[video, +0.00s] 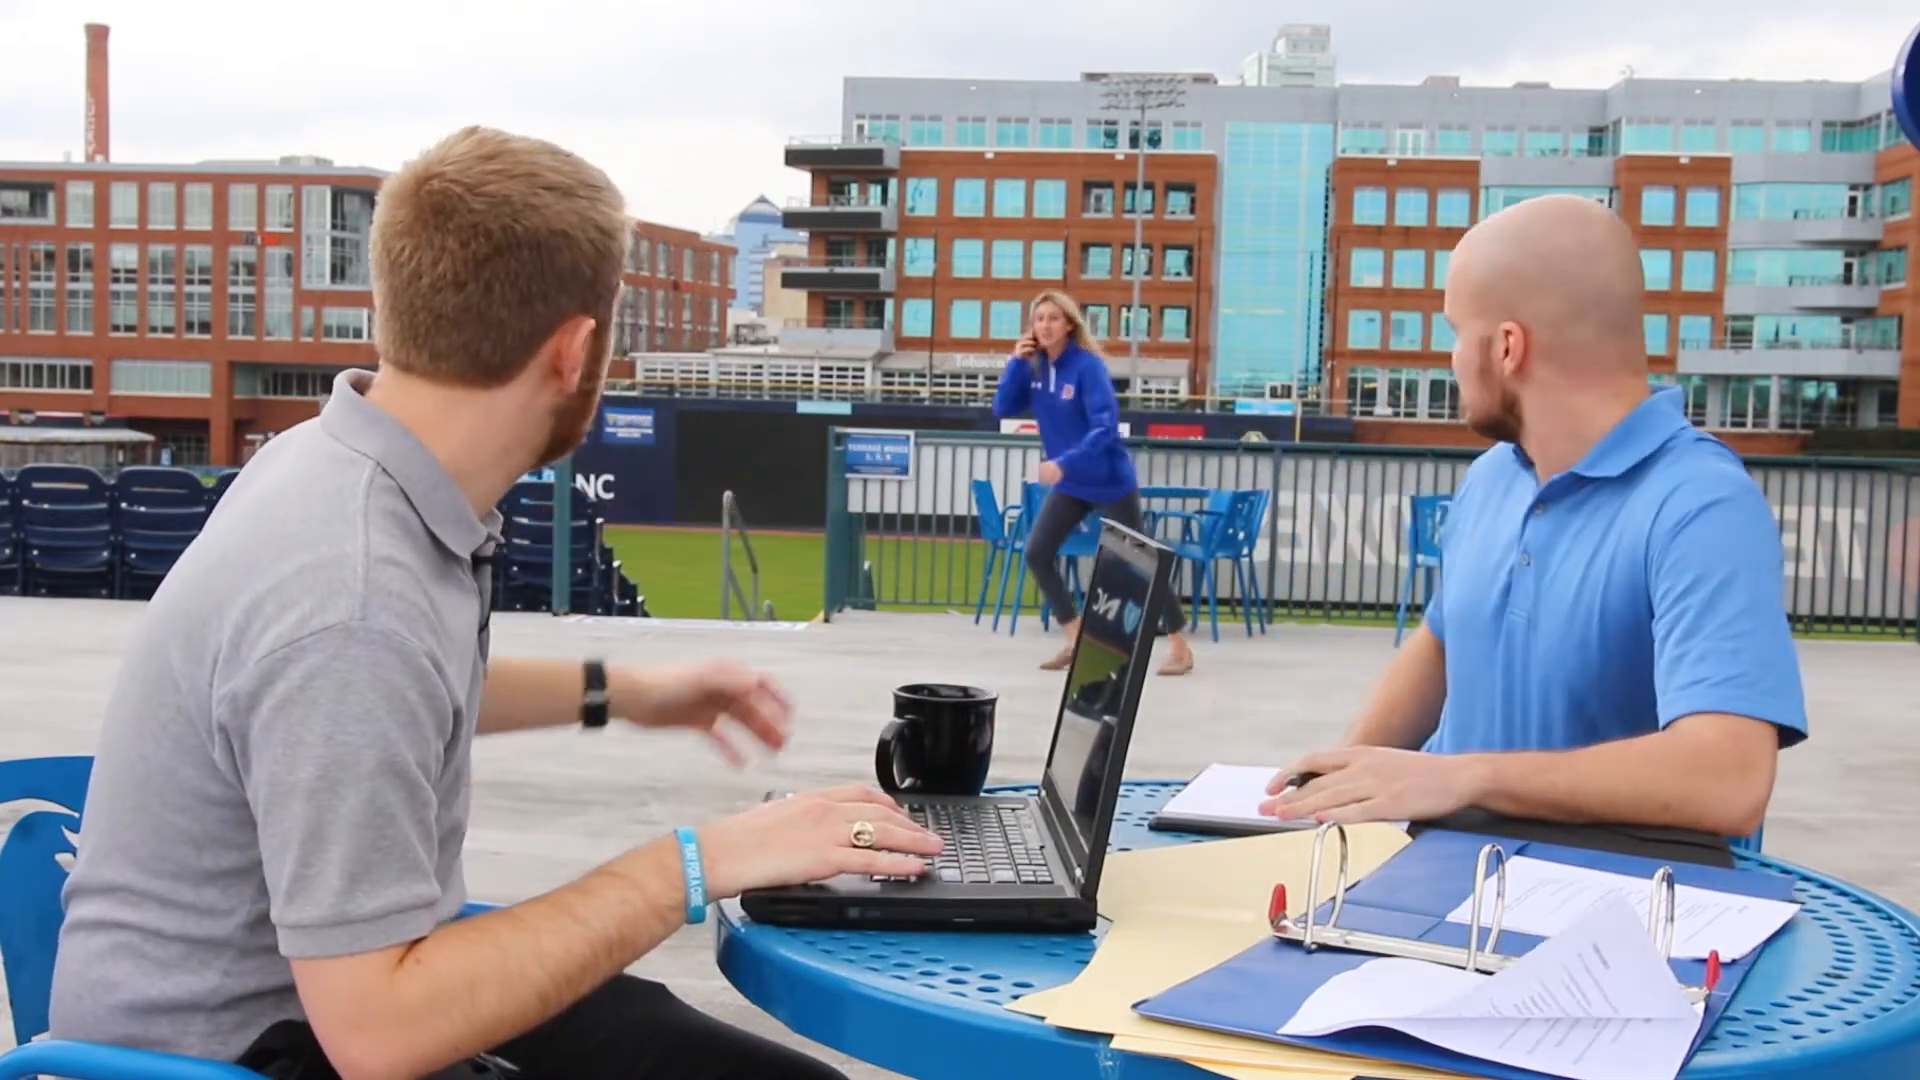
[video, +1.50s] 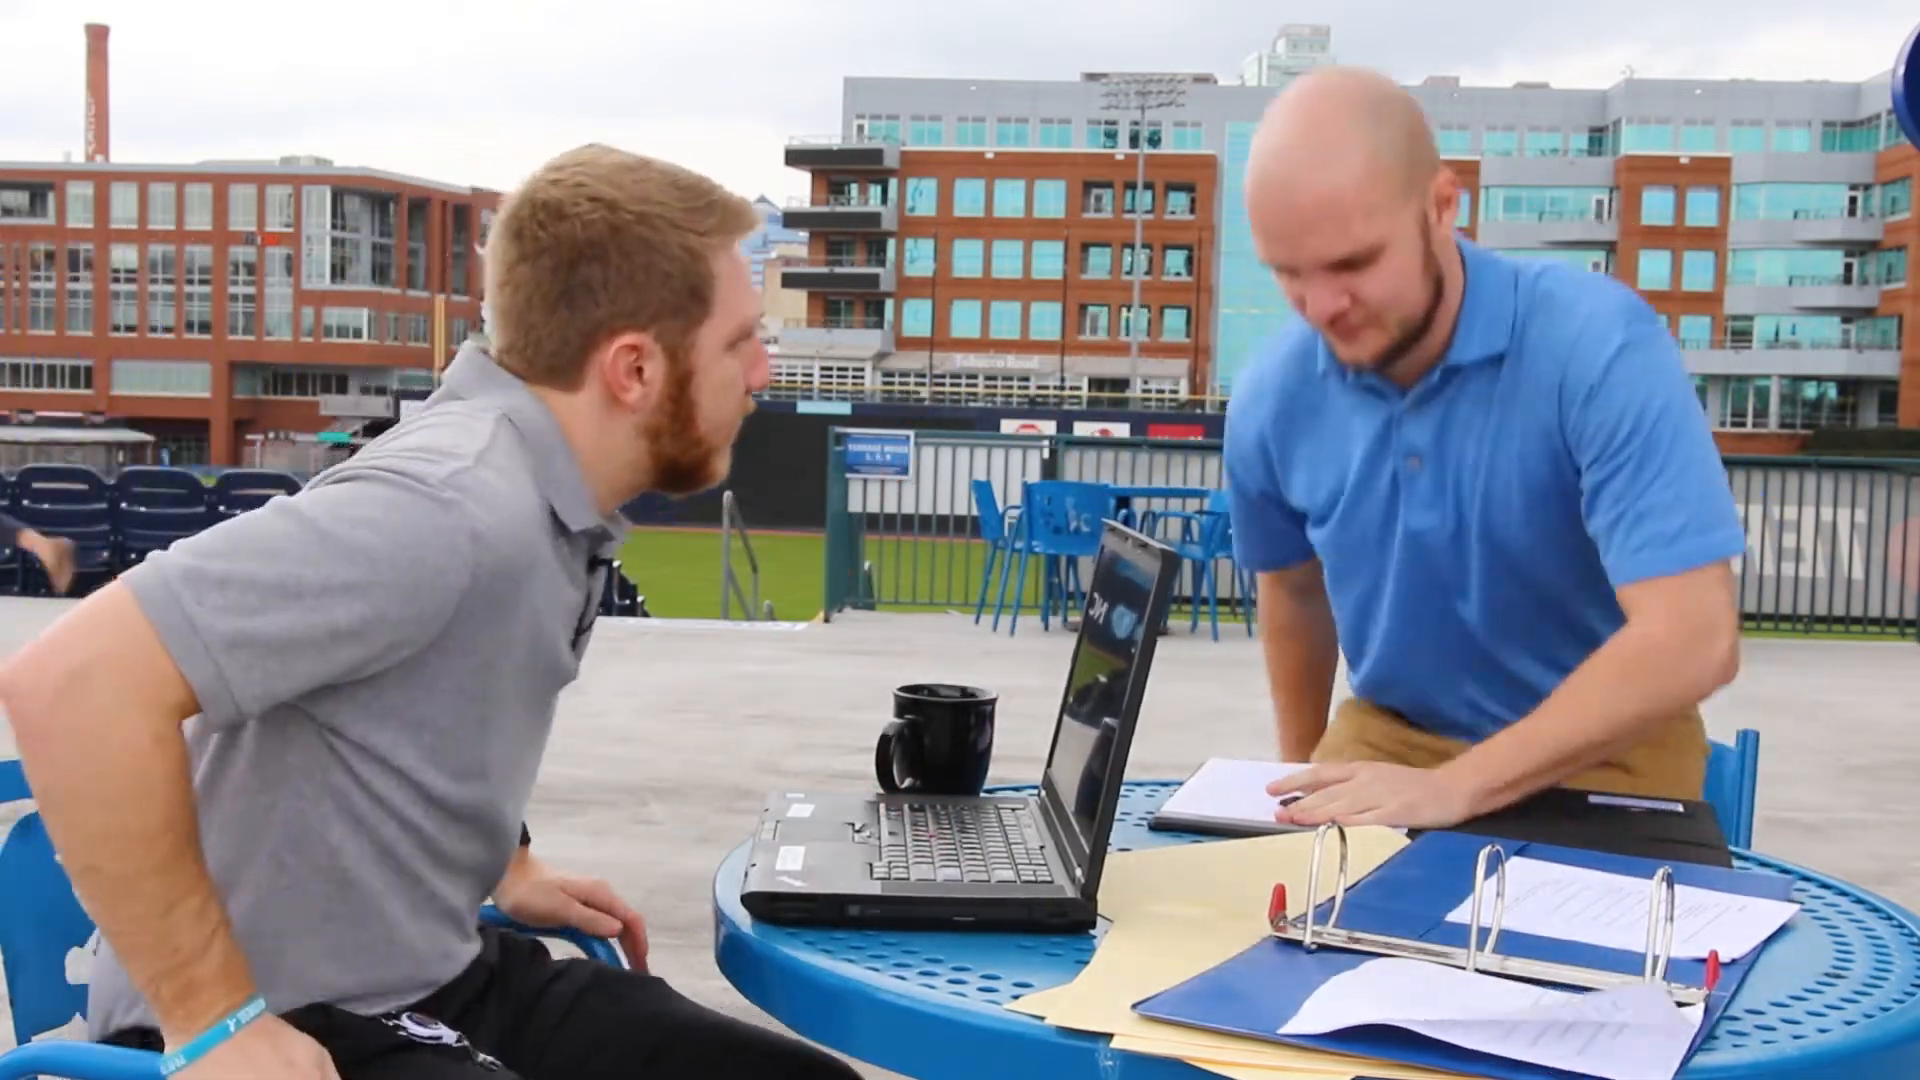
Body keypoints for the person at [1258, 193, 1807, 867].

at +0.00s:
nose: (1454, 356)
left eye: (1459, 332)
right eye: (1454, 331)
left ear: (1510, 348)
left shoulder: (1701, 501)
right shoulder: (1492, 479)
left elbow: (1726, 779)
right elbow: (1438, 644)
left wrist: (1466, 774)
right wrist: (1355, 763)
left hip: (1638, 918)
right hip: (1455, 882)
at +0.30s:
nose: (1465, 362)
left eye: (1472, 337)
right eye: (1467, 336)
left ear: (1528, 354)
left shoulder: (1705, 507)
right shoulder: (1503, 480)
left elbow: (1727, 779)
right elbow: (1449, 642)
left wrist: (1466, 773)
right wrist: (1365, 760)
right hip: (1459, 881)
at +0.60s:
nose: (1465, 357)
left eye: (1473, 333)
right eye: (1467, 332)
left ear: (1533, 351)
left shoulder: (1704, 508)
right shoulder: (1498, 477)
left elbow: (1727, 780)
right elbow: (1440, 644)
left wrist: (1464, 774)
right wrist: (1361, 760)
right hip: (1458, 879)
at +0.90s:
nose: (1445, 374)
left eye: (1478, 354)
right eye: (1451, 344)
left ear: (1585, 373)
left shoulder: (1716, 521)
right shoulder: (1447, 485)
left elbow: (1726, 775)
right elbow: (1395, 639)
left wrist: (1468, 771)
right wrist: (1332, 772)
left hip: (1646, 898)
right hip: (1453, 869)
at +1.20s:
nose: (1340, 566)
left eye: (1379, 542)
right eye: (1324, 529)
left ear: (1483, 505)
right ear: (1313, 489)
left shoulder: (1616, 528)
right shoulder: (1296, 557)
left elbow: (1736, 783)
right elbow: (1289, 631)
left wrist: (1467, 776)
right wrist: (1309, 785)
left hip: (1622, 875)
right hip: (1425, 863)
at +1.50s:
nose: (1323, 306)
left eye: (1354, 263)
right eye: (1290, 272)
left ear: (1442, 209)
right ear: (1264, 248)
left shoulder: (1598, 344)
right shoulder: (1273, 404)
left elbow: (1692, 640)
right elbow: (1295, 595)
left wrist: (1454, 787)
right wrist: (1302, 783)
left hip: (1610, 761)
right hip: (1389, 749)